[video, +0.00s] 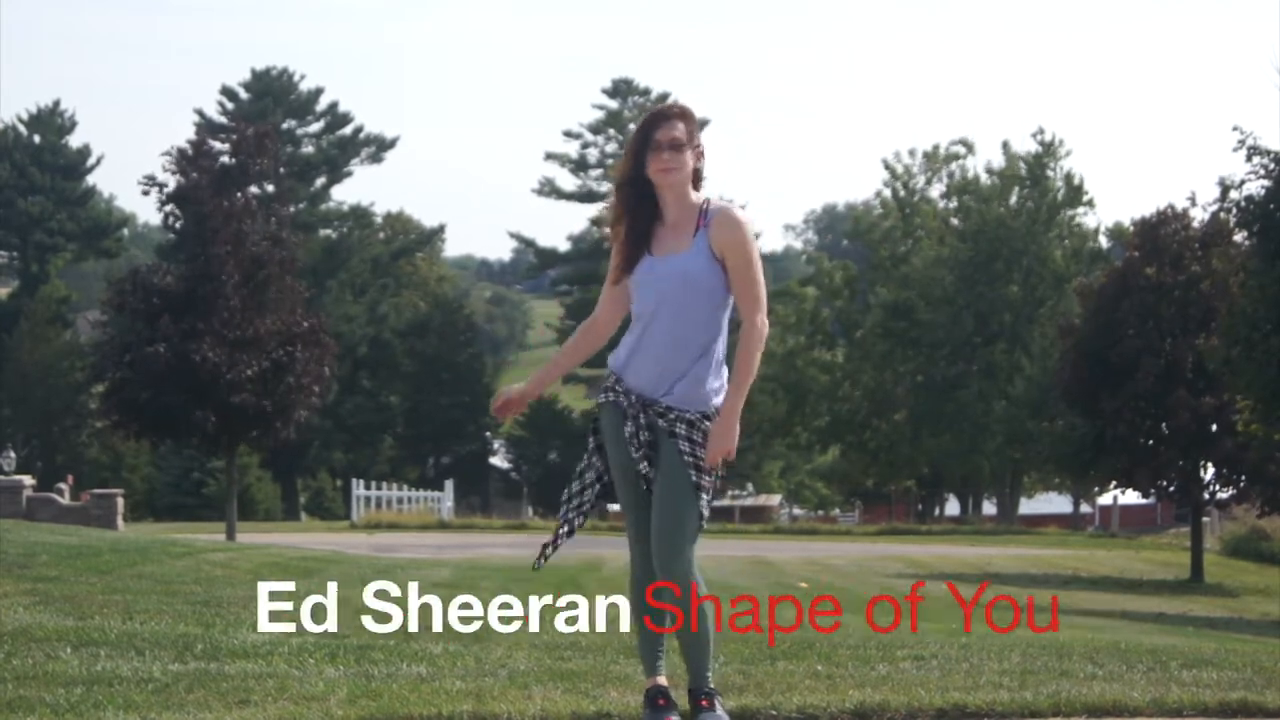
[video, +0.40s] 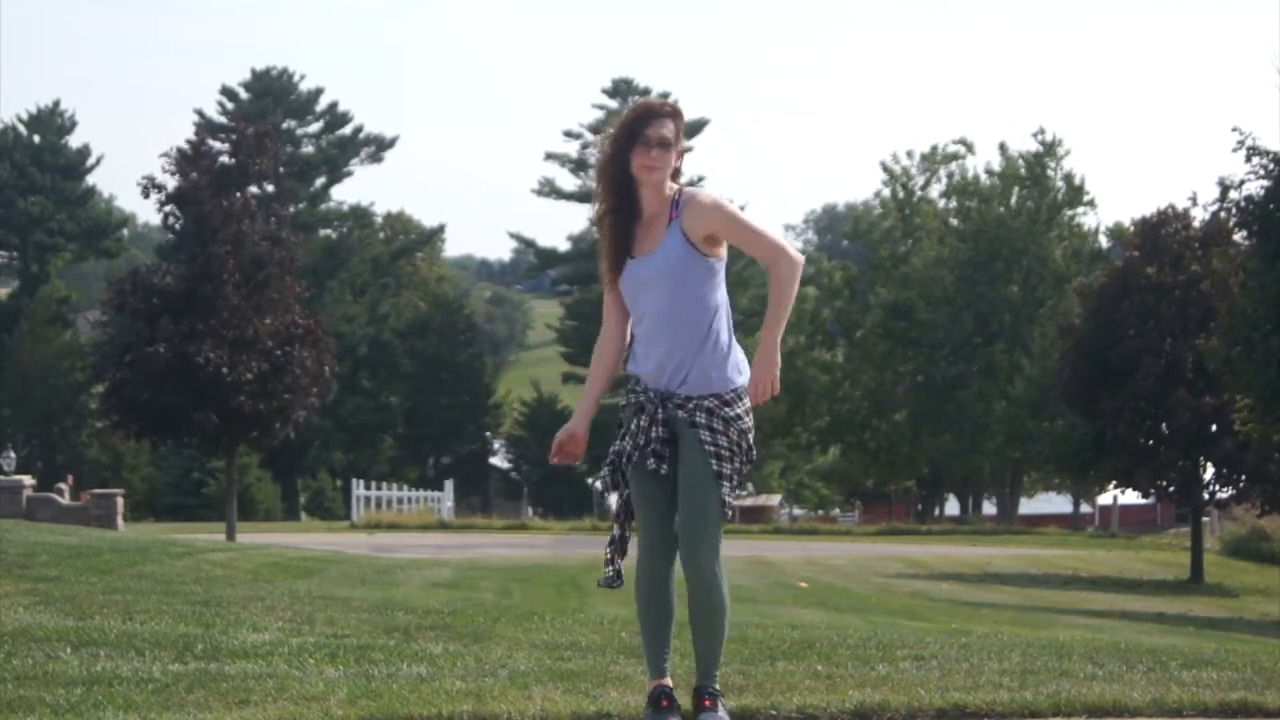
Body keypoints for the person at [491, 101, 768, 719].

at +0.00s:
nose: (669, 155)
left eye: (679, 145)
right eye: (658, 147)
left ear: (698, 155)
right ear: (641, 159)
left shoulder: (725, 225)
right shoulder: (633, 233)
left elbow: (756, 321)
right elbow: (604, 319)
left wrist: (732, 411)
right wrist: (536, 385)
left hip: (691, 411)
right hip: (625, 403)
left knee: (674, 557)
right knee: (643, 550)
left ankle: (702, 690)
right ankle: (655, 681)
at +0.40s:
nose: (658, 154)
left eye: (669, 145)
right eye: (648, 143)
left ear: (680, 155)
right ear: (625, 152)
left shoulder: (699, 209)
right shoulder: (618, 234)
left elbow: (786, 261)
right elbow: (613, 332)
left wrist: (767, 350)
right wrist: (582, 416)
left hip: (710, 402)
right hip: (650, 404)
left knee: (699, 550)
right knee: (653, 548)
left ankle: (708, 691)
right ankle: (660, 686)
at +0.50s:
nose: (660, 153)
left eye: (670, 144)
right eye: (650, 142)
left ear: (681, 154)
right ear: (626, 151)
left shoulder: (702, 210)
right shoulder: (612, 237)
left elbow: (802, 244)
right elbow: (612, 334)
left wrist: (797, 325)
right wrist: (594, 418)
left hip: (716, 400)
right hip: (649, 405)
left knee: (707, 549)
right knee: (654, 549)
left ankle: (708, 691)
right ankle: (660, 687)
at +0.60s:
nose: (659, 154)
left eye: (670, 145)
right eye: (650, 142)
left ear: (681, 154)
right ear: (628, 148)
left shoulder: (705, 210)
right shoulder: (604, 232)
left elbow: (808, 238)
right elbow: (609, 331)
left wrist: (822, 301)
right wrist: (606, 417)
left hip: (721, 395)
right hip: (648, 398)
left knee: (716, 552)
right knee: (659, 547)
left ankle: (710, 691)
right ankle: (660, 688)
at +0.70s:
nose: (663, 155)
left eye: (674, 146)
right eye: (654, 143)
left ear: (685, 155)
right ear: (630, 149)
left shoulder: (705, 217)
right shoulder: (598, 235)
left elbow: (800, 251)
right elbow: (601, 336)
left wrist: (840, 278)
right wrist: (612, 416)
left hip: (725, 397)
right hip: (650, 401)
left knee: (721, 552)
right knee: (665, 549)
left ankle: (711, 689)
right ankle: (662, 688)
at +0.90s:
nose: (671, 153)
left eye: (680, 145)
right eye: (660, 143)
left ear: (691, 155)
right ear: (638, 151)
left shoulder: (708, 232)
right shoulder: (603, 228)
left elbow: (776, 304)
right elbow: (571, 323)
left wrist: (840, 269)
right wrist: (592, 413)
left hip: (728, 399)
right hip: (657, 404)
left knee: (721, 552)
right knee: (679, 555)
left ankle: (712, 690)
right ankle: (664, 691)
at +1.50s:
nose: (663, 143)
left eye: (671, 133)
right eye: (650, 134)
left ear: (684, 143)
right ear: (628, 146)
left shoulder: (712, 218)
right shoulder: (607, 218)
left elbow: (735, 313)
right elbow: (537, 255)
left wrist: (681, 346)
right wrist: (533, 290)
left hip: (698, 397)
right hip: (629, 394)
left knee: (700, 549)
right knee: (644, 543)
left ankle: (709, 690)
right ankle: (657, 687)